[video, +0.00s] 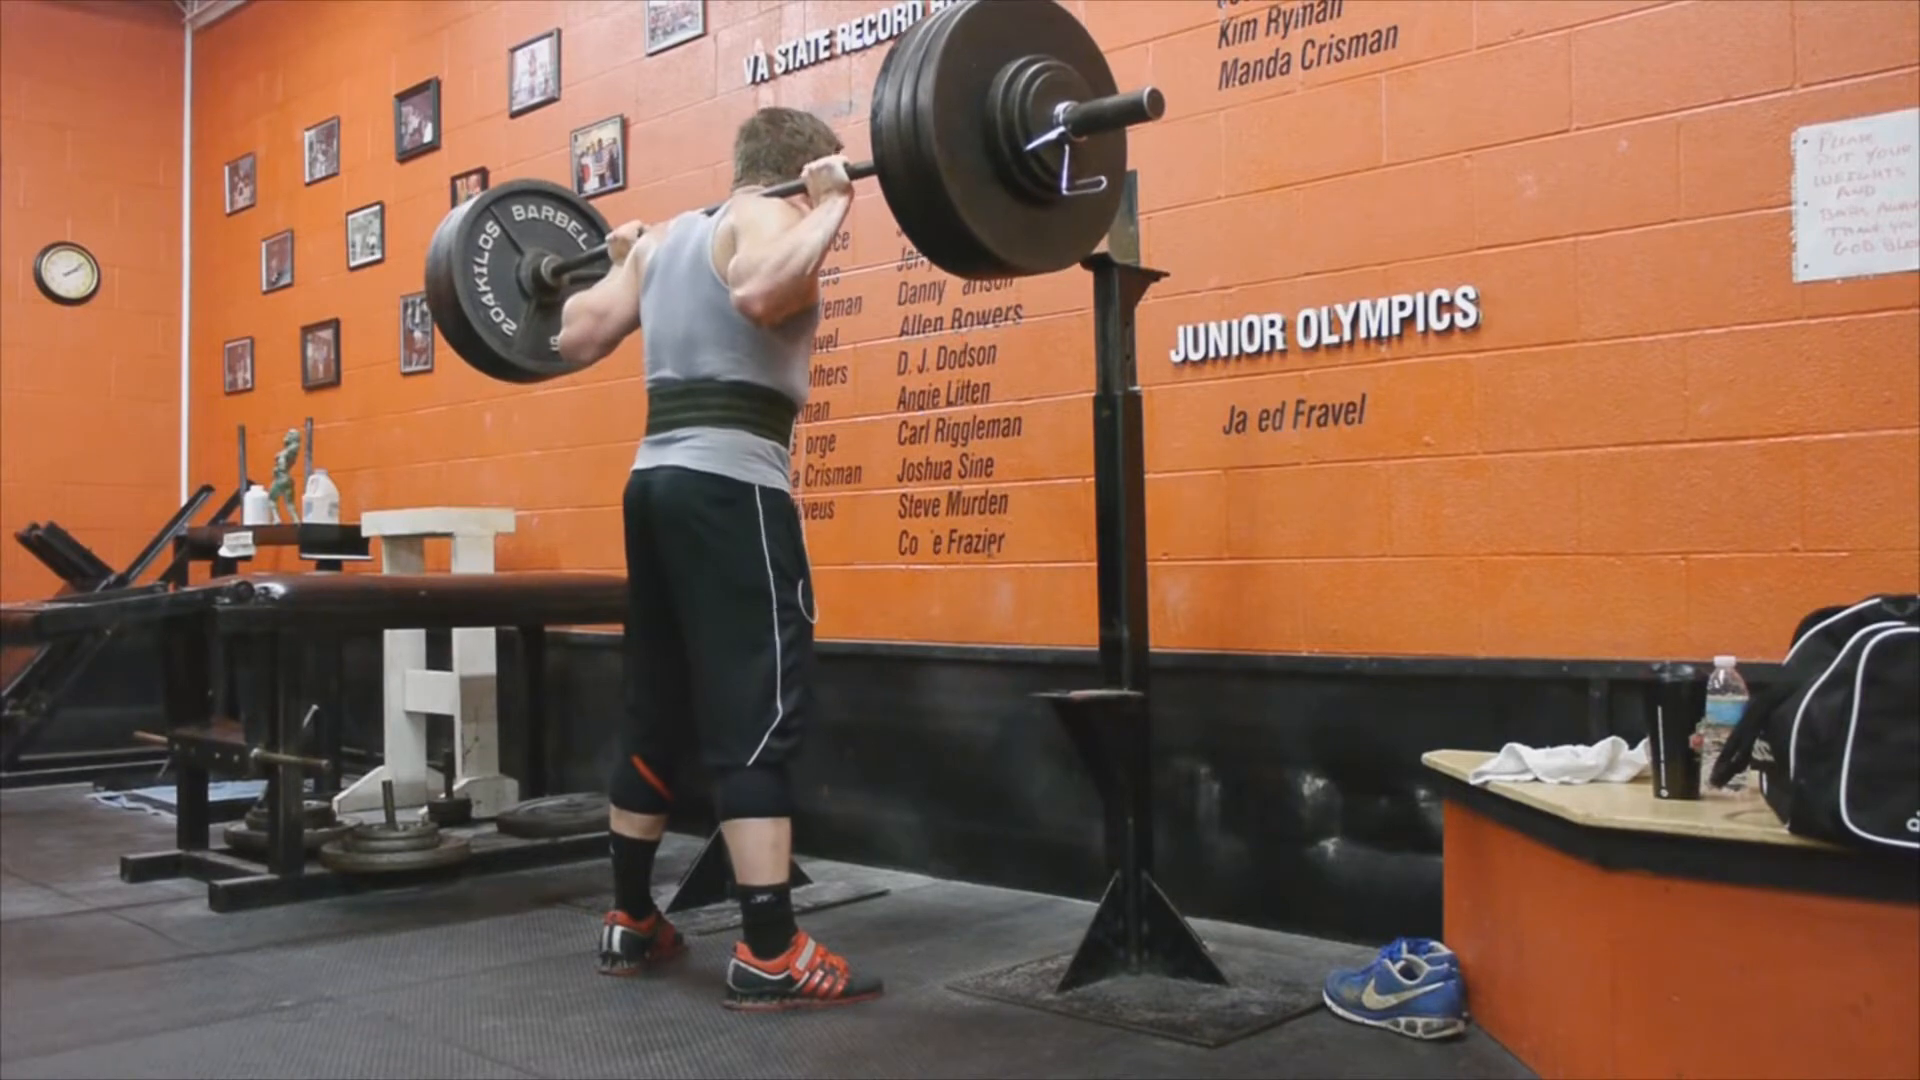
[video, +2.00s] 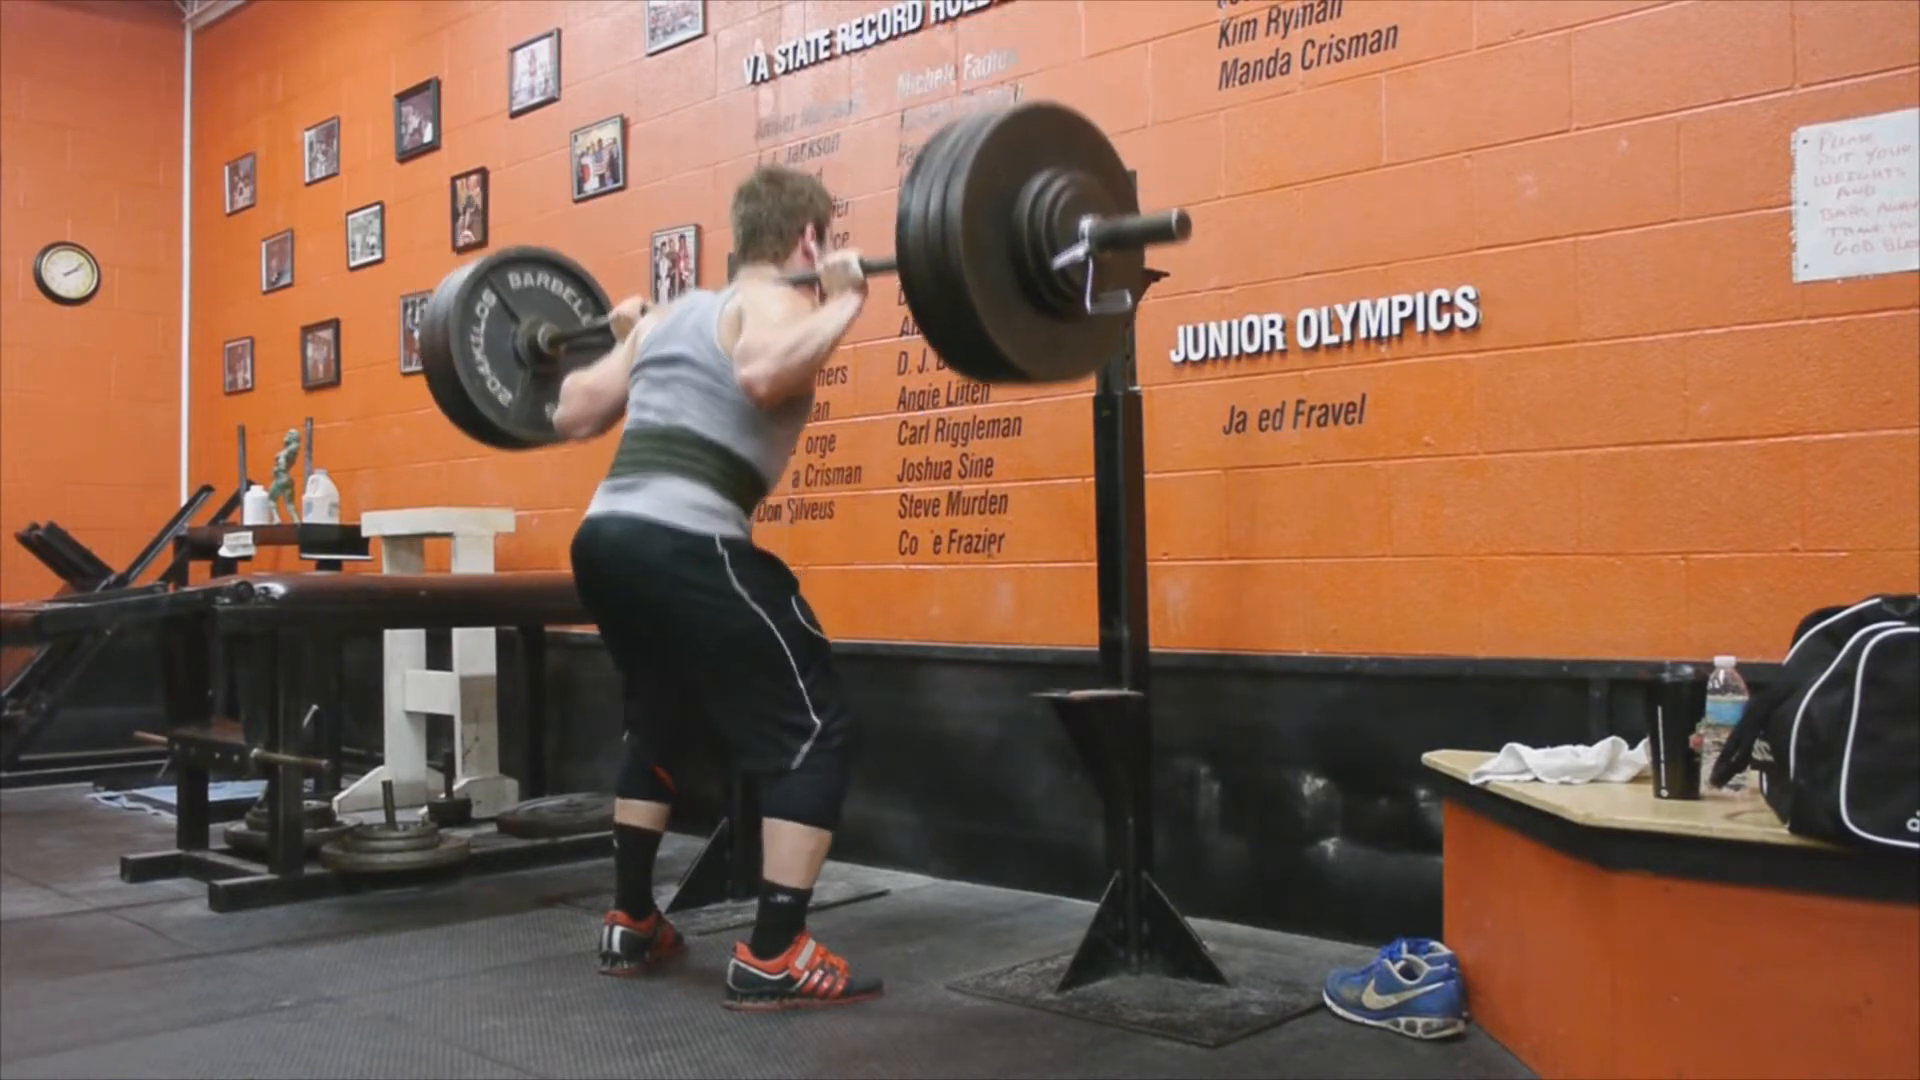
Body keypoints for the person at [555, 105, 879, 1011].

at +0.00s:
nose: (832, 201)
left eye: (835, 183)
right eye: (828, 182)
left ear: (739, 167)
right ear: (804, 173)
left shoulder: (666, 240)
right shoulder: (770, 212)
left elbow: (572, 335)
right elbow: (759, 295)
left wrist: (617, 262)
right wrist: (833, 205)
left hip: (656, 487)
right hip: (731, 489)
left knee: (661, 710)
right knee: (758, 713)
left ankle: (631, 920)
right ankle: (769, 946)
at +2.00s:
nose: (830, 255)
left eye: (831, 242)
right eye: (828, 242)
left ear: (741, 241)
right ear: (806, 240)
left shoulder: (671, 314)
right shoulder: (777, 301)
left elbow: (572, 412)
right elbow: (762, 373)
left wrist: (618, 336)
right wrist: (845, 300)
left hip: (607, 538)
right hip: (691, 543)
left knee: (659, 716)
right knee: (815, 725)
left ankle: (632, 921)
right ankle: (775, 948)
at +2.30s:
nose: (834, 340)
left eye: (832, 325)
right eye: (831, 326)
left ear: (744, 332)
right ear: (809, 331)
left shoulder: (680, 405)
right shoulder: (787, 395)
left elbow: (583, 513)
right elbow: (777, 485)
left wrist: (634, 427)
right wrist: (856, 402)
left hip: (596, 621)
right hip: (686, 628)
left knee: (661, 733)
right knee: (850, 753)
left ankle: (633, 919)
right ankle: (776, 950)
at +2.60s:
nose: (835, 435)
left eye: (835, 422)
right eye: (833, 421)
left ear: (743, 428)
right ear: (813, 426)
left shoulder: (678, 500)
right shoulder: (789, 498)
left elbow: (592, 607)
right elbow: (787, 593)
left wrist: (636, 519)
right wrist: (864, 505)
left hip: (598, 722)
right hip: (693, 730)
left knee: (685, 750)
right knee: (870, 779)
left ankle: (633, 918)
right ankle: (777, 951)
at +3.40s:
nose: (832, 363)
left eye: (833, 353)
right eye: (830, 351)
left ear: (742, 351)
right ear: (810, 350)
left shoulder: (668, 416)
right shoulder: (786, 407)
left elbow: (560, 503)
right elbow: (765, 479)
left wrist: (621, 435)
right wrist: (853, 413)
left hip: (571, 600)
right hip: (666, 608)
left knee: (651, 738)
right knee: (822, 740)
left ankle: (632, 919)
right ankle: (775, 950)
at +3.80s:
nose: (825, 229)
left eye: (822, 215)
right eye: (824, 216)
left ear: (740, 217)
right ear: (806, 214)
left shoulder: (670, 293)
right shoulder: (785, 279)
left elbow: (573, 389)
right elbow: (773, 348)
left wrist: (615, 312)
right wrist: (853, 275)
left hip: (612, 509)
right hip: (697, 517)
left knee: (665, 703)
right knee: (795, 708)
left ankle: (633, 919)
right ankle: (774, 946)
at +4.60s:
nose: (833, 333)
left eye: (832, 320)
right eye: (831, 319)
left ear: (741, 324)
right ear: (811, 324)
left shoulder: (677, 396)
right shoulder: (790, 388)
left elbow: (580, 500)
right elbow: (790, 476)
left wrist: (624, 418)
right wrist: (864, 396)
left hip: (595, 610)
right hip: (689, 618)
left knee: (660, 731)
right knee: (847, 740)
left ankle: (632, 918)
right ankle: (776, 948)